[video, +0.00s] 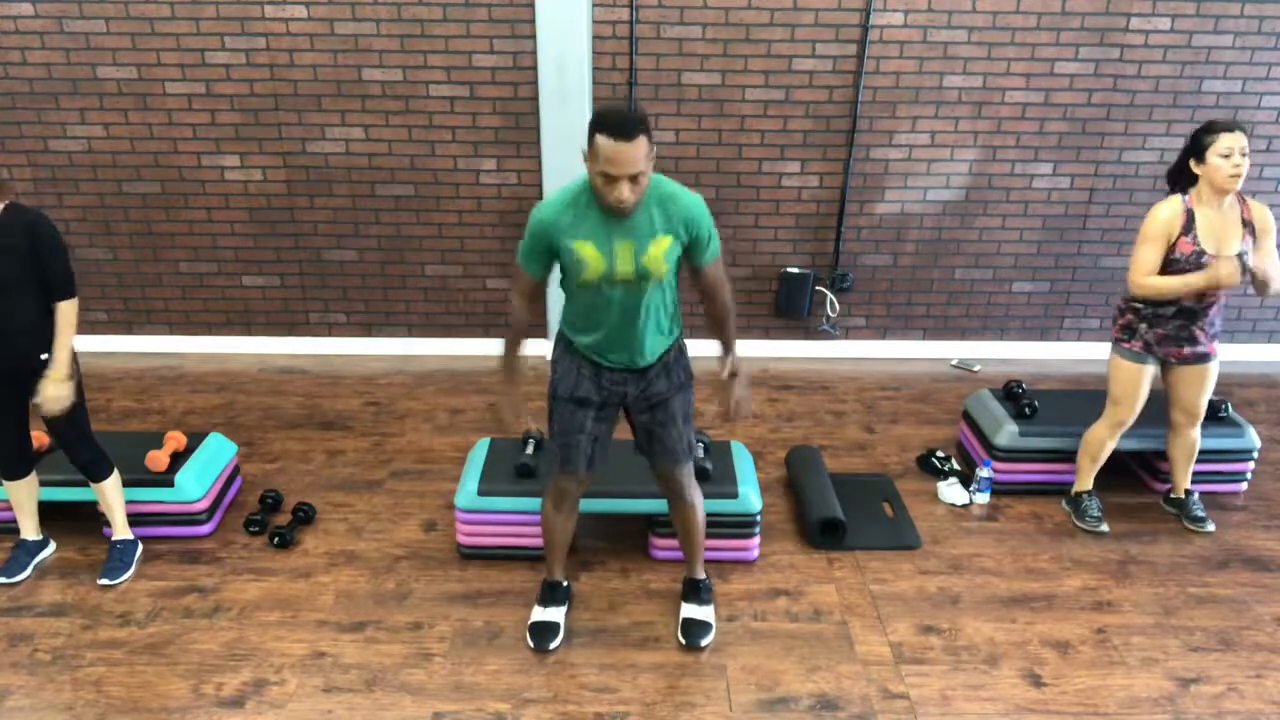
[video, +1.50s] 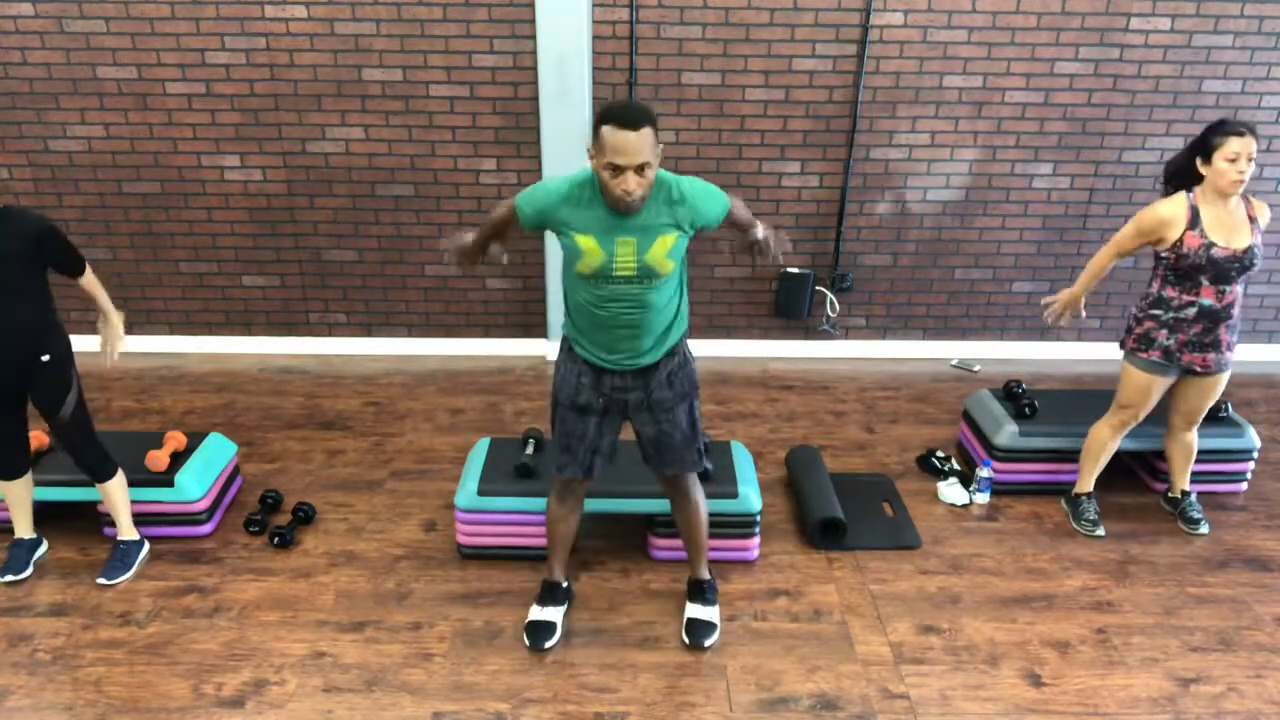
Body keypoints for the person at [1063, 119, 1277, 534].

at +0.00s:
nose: (1238, 164)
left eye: (1244, 156)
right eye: (1226, 156)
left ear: (1249, 161)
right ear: (1197, 165)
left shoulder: (1257, 216)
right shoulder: (1167, 213)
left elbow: (1268, 288)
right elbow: (1138, 283)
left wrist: (1256, 268)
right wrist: (1206, 279)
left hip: (1197, 331)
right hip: (1143, 326)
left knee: (1189, 419)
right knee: (1120, 416)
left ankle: (1181, 494)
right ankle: (1080, 491)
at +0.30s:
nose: (1233, 216)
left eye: (1239, 207)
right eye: (1222, 208)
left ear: (1245, 213)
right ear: (1194, 217)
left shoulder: (1251, 257)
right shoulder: (1163, 253)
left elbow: (1259, 332)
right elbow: (1150, 327)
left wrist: (1254, 286)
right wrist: (1208, 288)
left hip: (1176, 336)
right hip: (1122, 328)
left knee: (1201, 421)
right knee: (1115, 417)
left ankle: (1178, 493)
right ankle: (1080, 491)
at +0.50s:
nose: (1226, 272)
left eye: (1232, 261)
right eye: (1214, 262)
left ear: (1238, 265)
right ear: (1187, 267)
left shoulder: (1244, 306)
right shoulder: (1156, 300)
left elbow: (1245, 379)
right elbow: (1145, 376)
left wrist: (1240, 335)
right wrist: (1199, 341)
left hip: (1173, 352)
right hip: (1114, 348)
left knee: (1210, 430)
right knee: (1117, 425)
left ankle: (1180, 493)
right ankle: (1080, 492)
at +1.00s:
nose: (1238, 235)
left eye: (1244, 226)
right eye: (1227, 225)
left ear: (1250, 229)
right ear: (1199, 229)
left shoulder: (1254, 274)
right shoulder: (1168, 265)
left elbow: (1275, 336)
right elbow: (1130, 340)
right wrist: (1163, 389)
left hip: (1180, 346)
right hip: (1125, 338)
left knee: (1208, 425)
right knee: (1119, 424)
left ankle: (1179, 493)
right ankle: (1079, 493)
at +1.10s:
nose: (1242, 205)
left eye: (1248, 195)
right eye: (1232, 195)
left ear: (1254, 199)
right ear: (1203, 198)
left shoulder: (1257, 245)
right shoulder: (1172, 241)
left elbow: (1277, 303)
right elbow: (1127, 313)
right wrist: (1123, 378)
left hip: (1186, 339)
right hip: (1133, 331)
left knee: (1206, 424)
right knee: (1119, 420)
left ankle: (1180, 493)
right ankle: (1079, 493)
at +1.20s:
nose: (1244, 182)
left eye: (1250, 174)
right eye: (1234, 173)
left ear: (1256, 178)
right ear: (1205, 178)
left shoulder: (1258, 227)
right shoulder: (1173, 225)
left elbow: (1277, 287)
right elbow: (1119, 287)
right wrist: (1091, 351)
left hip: (1195, 334)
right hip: (1140, 329)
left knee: (1205, 424)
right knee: (1119, 420)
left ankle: (1180, 493)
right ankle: (1080, 493)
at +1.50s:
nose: (1244, 169)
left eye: (1249, 161)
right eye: (1234, 159)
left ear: (1254, 165)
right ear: (1204, 164)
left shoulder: (1256, 213)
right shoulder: (1171, 213)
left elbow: (1226, 265)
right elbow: (1112, 250)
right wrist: (1075, 293)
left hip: (1215, 340)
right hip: (1161, 334)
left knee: (1187, 425)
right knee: (1123, 416)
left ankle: (1180, 494)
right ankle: (1081, 493)